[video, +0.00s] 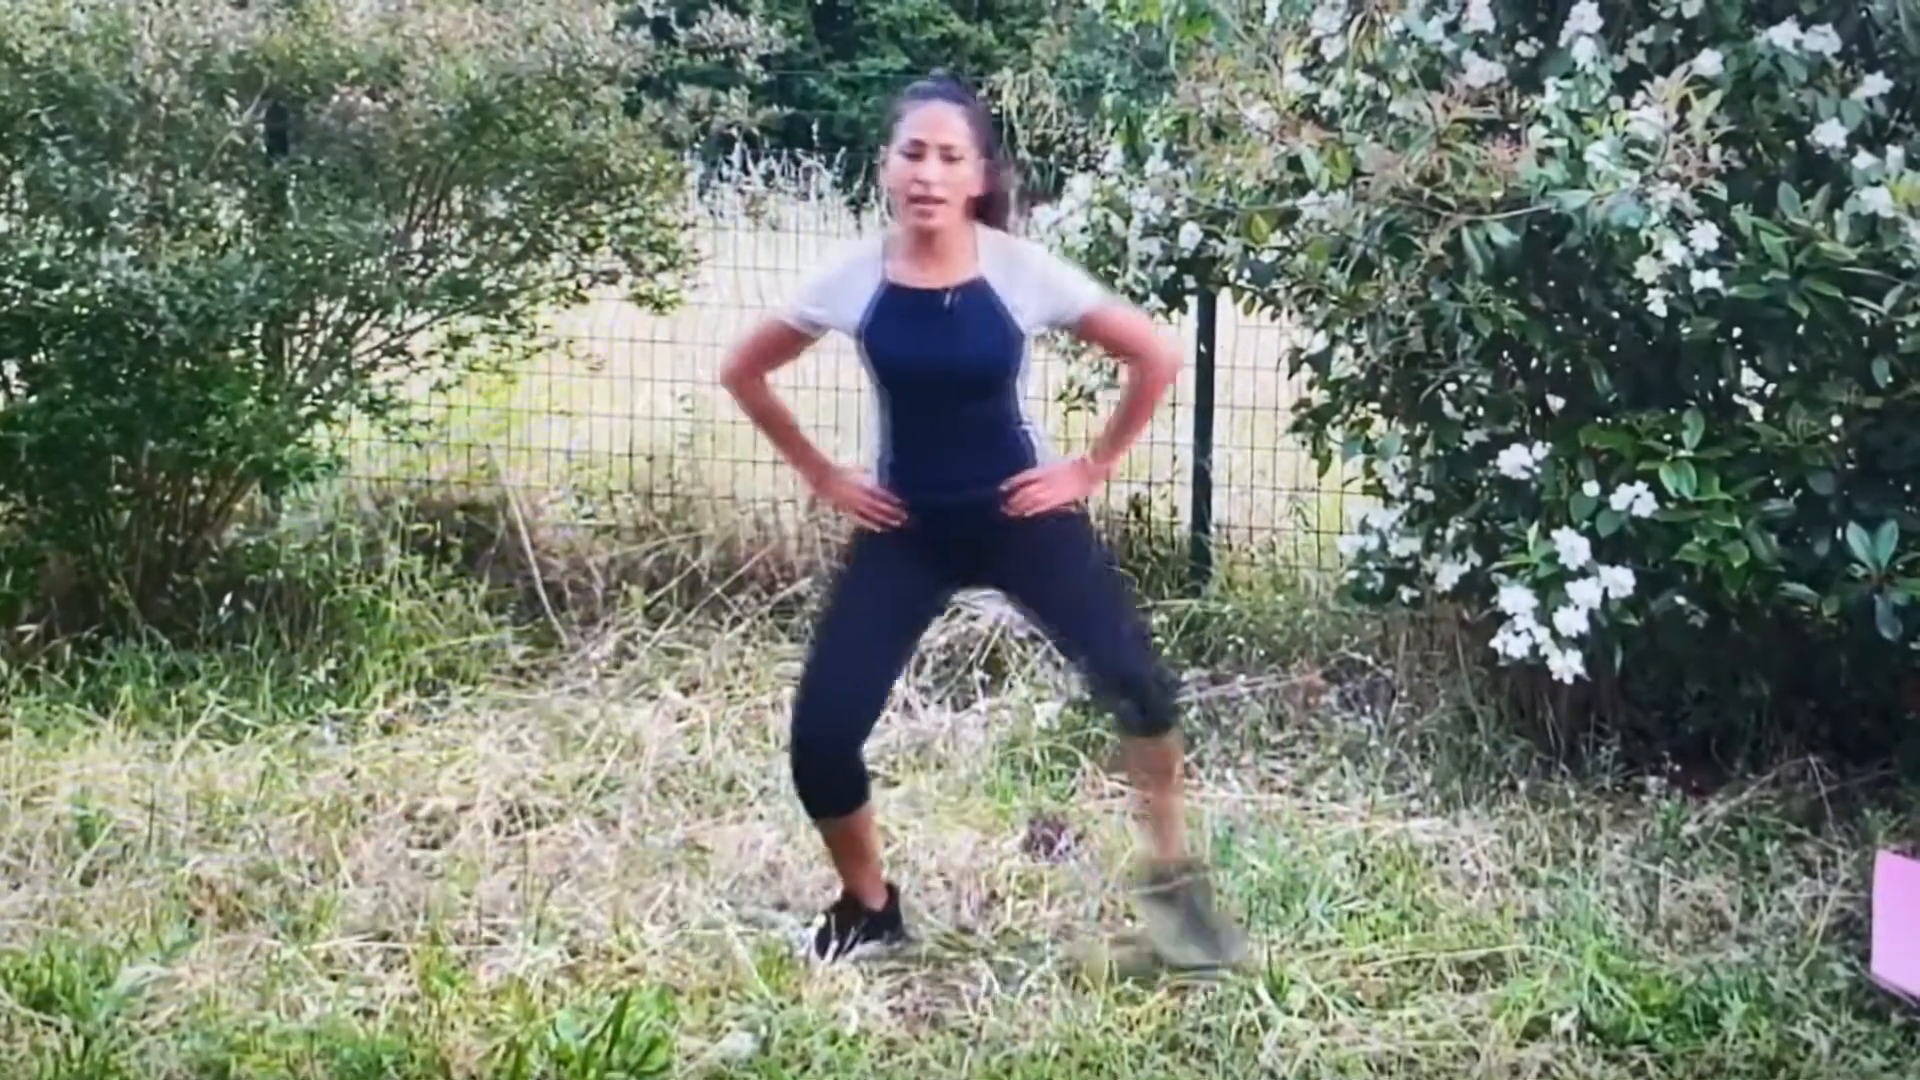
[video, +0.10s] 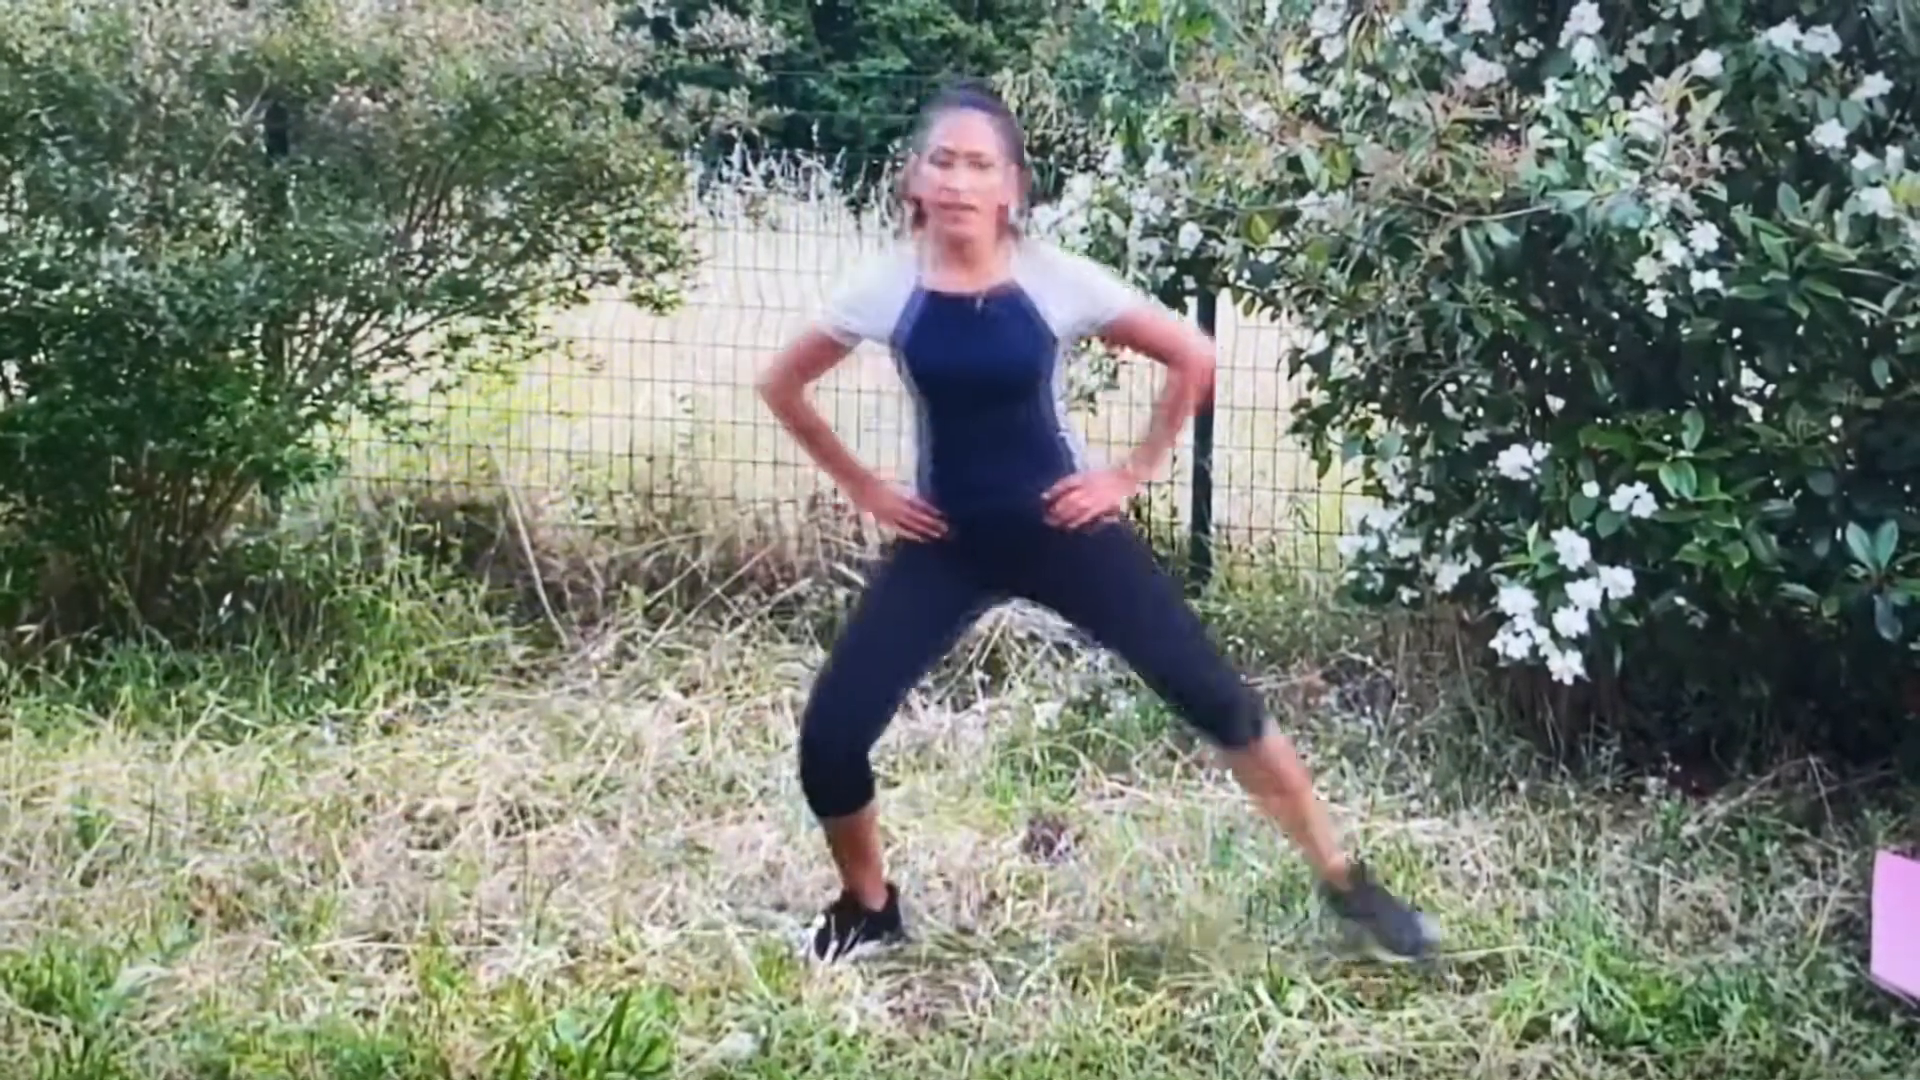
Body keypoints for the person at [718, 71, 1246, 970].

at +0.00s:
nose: (924, 171)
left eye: (947, 155)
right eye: (910, 151)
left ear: (982, 178)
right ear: (885, 169)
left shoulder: (1018, 269)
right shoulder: (857, 278)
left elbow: (1160, 356)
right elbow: (742, 372)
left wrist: (1092, 466)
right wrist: (823, 476)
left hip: (1024, 526)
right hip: (903, 536)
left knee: (1141, 684)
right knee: (820, 741)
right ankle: (869, 908)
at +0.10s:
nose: (955, 181)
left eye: (977, 165)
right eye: (939, 161)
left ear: (1014, 188)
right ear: (913, 181)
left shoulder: (1053, 280)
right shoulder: (889, 287)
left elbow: (1196, 357)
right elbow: (779, 385)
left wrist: (1130, 473)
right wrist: (862, 485)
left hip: (1068, 537)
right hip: (943, 546)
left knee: (1221, 700)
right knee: (829, 741)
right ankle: (867, 908)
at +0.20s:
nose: (999, 201)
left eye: (1021, 185)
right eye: (983, 184)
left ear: (1061, 211)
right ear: (958, 209)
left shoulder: (1105, 299)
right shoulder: (942, 312)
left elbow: (1251, 387)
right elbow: (833, 410)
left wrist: (1184, 500)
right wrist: (916, 508)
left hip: (1119, 565)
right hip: (994, 571)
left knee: (1286, 728)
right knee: (853, 742)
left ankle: (1419, 917)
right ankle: (864, 905)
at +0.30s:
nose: (1056, 239)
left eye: (1078, 220)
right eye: (1041, 220)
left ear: (1120, 241)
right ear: (1019, 239)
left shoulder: (1176, 334)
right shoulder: (1005, 352)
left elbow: (1310, 426)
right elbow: (894, 444)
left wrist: (1249, 542)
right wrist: (978, 542)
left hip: (1182, 600)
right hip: (1053, 601)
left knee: (1359, 756)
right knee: (891, 759)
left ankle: (1439, 934)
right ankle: (866, 910)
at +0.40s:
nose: (1103, 256)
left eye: (1123, 238)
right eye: (1089, 239)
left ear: (1166, 255)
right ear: (1069, 259)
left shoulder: (1218, 351)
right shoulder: (1048, 364)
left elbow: (1349, 448)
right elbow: (928, 450)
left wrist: (1279, 562)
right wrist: (1002, 549)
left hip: (1211, 615)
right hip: (1080, 614)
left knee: (1396, 761)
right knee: (917, 769)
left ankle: (1442, 935)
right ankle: (865, 910)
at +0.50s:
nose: (1130, 258)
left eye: (1149, 241)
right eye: (1114, 242)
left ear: (1189, 256)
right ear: (1093, 260)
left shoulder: (1239, 355)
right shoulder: (1069, 362)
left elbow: (1364, 454)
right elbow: (941, 449)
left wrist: (1292, 565)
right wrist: (1013, 552)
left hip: (1226, 617)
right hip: (1091, 614)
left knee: (1405, 765)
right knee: (919, 773)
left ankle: (1441, 936)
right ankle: (864, 911)